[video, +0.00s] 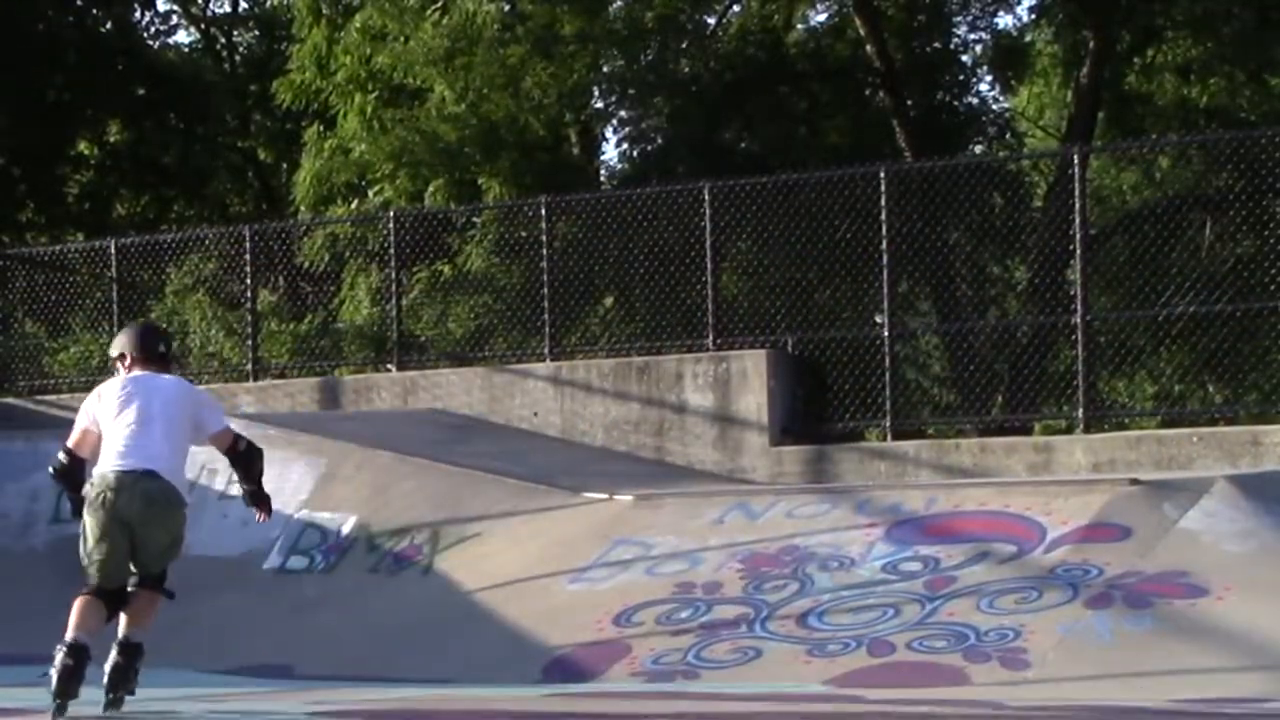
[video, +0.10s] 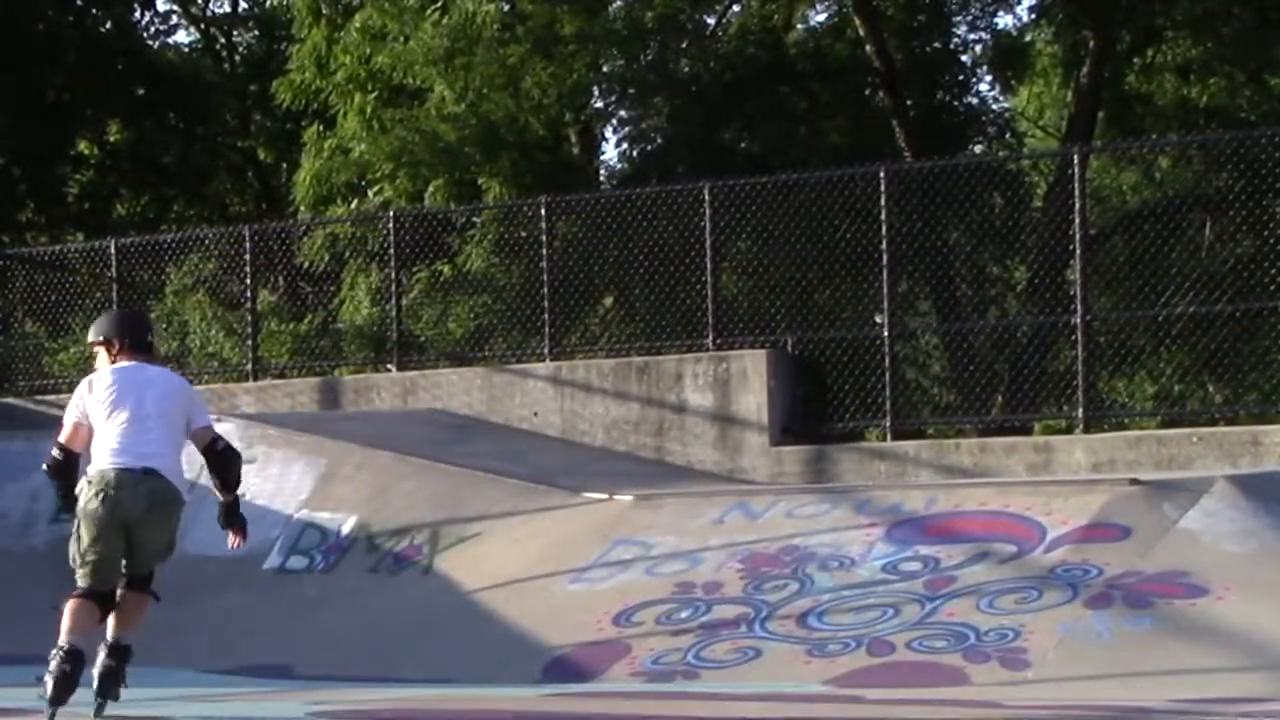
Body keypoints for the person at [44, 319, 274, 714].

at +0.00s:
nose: (115, 370)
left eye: (116, 364)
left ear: (124, 361)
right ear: (167, 360)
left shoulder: (106, 391)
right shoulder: (188, 393)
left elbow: (68, 463)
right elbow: (240, 450)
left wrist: (81, 501)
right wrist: (254, 489)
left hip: (107, 487)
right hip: (162, 491)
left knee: (101, 585)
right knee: (150, 580)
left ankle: (71, 653)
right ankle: (125, 655)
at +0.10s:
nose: (95, 360)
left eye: (97, 352)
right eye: (95, 352)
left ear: (112, 348)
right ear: (147, 348)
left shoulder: (95, 384)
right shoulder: (178, 385)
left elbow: (60, 460)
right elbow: (221, 456)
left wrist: (69, 498)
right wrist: (230, 505)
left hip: (104, 485)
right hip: (162, 490)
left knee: (92, 586)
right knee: (139, 580)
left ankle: (66, 656)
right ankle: (115, 656)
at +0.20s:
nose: (86, 353)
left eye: (89, 343)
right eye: (85, 343)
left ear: (110, 338)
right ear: (136, 339)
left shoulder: (92, 377)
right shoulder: (177, 383)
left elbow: (59, 454)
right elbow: (210, 462)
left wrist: (62, 493)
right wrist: (208, 520)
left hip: (113, 481)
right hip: (171, 487)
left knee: (95, 585)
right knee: (138, 579)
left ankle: (73, 664)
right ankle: (117, 657)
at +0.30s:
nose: (84, 342)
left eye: (87, 331)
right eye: (83, 333)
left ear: (112, 326)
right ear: (136, 327)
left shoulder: (100, 366)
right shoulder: (174, 368)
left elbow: (76, 438)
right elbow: (179, 431)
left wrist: (60, 486)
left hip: (133, 477)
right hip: (191, 476)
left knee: (109, 583)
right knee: (145, 576)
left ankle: (101, 681)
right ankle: (134, 666)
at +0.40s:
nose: (88, 325)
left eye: (93, 315)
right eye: (86, 317)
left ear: (121, 310)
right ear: (133, 314)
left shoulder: (116, 350)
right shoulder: (174, 352)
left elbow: (112, 421)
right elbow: (169, 435)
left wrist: (77, 469)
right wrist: (131, 508)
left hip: (164, 465)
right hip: (216, 463)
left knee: (132, 577)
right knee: (159, 574)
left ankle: (144, 687)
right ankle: (158, 679)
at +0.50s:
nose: (95, 299)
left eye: (101, 287)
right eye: (91, 291)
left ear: (133, 282)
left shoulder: (149, 317)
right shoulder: (137, 334)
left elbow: (164, 378)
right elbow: (167, 427)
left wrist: (108, 434)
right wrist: (135, 483)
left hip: (214, 450)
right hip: (194, 455)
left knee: (178, 568)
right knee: (160, 571)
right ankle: (197, 682)